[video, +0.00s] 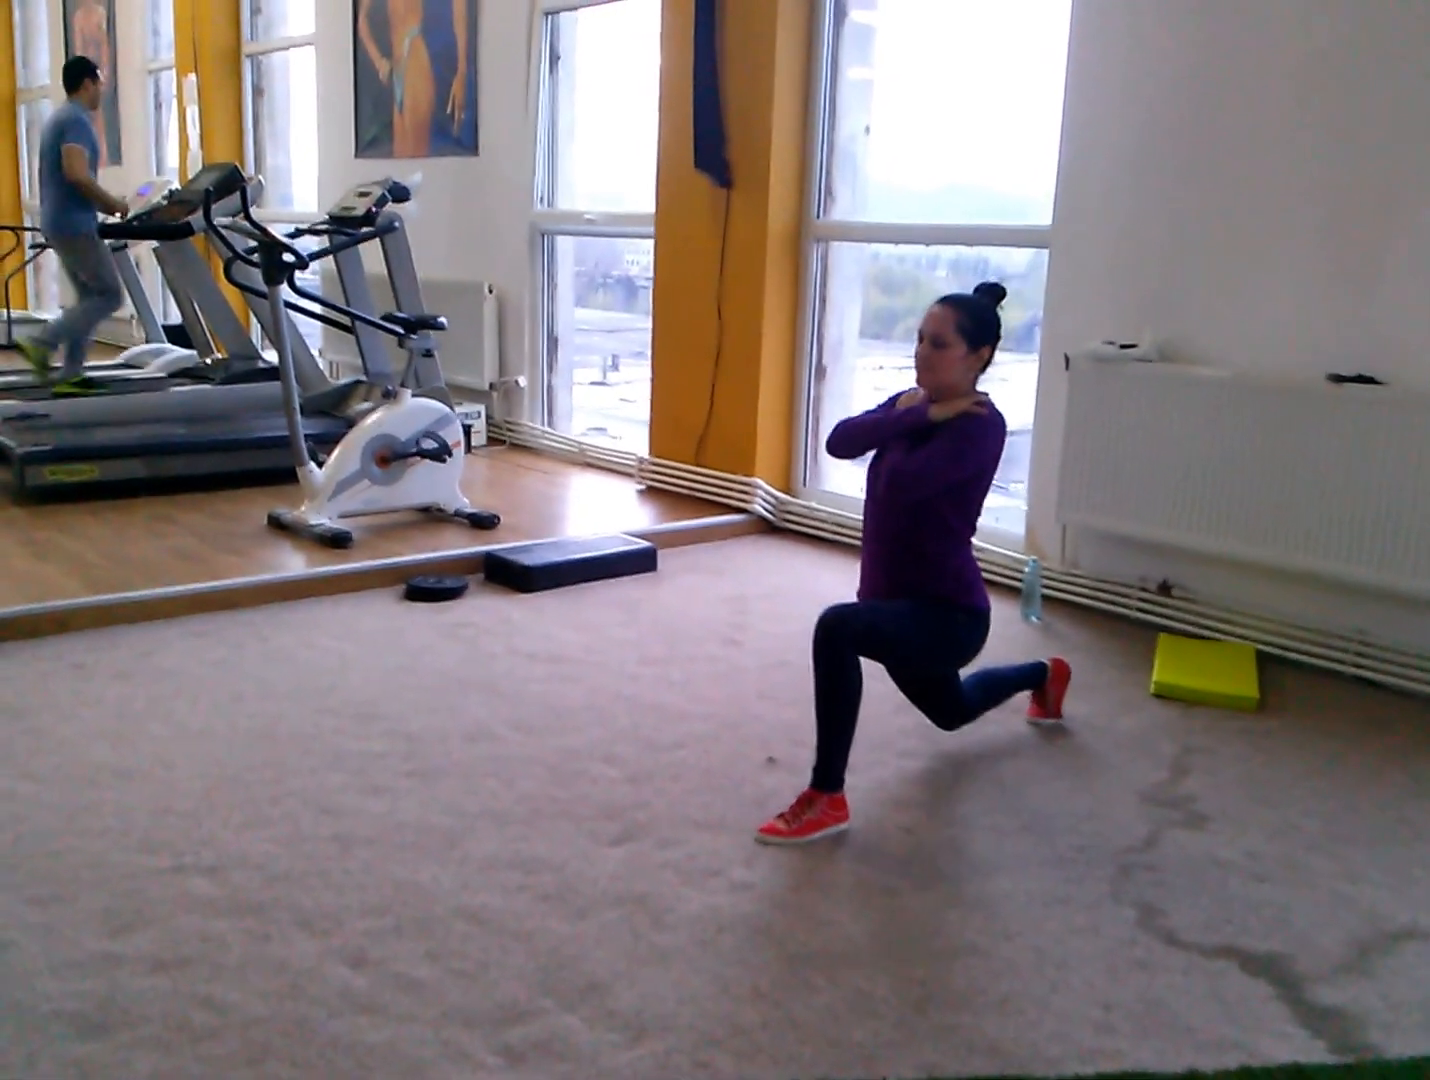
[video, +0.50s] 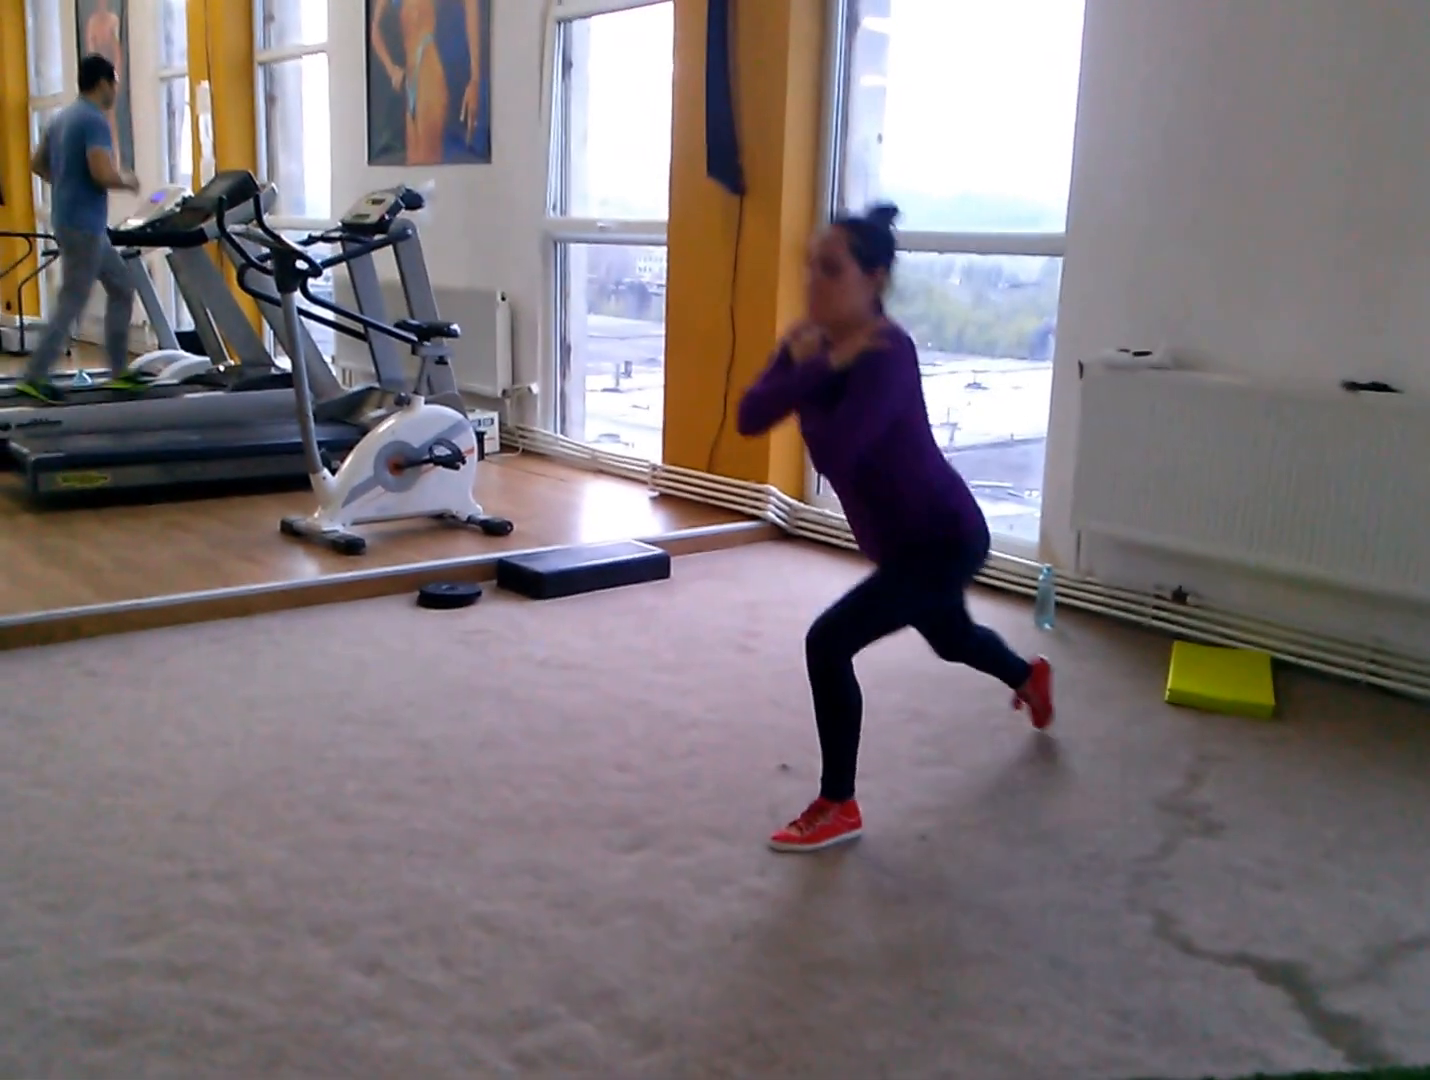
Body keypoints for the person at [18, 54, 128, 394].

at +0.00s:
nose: (101, 89)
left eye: (100, 83)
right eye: (99, 83)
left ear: (74, 85)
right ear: (87, 84)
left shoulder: (63, 119)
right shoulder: (75, 120)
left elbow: (72, 179)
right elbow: (76, 174)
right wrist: (114, 205)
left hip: (62, 224)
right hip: (73, 225)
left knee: (90, 297)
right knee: (109, 294)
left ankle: (73, 372)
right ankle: (43, 341)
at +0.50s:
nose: (116, 90)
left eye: (115, 83)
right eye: (114, 83)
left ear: (84, 84)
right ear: (103, 84)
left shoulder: (61, 118)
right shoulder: (94, 121)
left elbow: (39, 163)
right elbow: (102, 174)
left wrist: (70, 183)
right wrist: (128, 181)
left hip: (69, 226)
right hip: (84, 228)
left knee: (122, 286)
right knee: (72, 302)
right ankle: (35, 376)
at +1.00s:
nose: (128, 99)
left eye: (128, 92)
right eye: (125, 92)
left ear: (101, 92)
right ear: (110, 92)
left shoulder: (97, 125)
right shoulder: (94, 125)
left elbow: (94, 173)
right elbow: (80, 171)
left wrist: (126, 173)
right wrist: (120, 202)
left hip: (86, 230)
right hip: (98, 231)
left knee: (88, 306)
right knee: (133, 299)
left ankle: (26, 360)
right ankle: (134, 386)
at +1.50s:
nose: (136, 112)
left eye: (135, 105)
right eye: (133, 105)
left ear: (107, 108)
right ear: (121, 106)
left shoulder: (95, 140)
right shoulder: (111, 142)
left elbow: (99, 197)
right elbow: (108, 191)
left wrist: (138, 224)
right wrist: (143, 223)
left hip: (94, 244)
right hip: (108, 245)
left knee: (125, 317)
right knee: (142, 315)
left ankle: (106, 389)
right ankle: (79, 366)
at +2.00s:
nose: (142, 113)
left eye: (141, 106)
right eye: (139, 106)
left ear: (111, 106)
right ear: (127, 106)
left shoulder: (89, 140)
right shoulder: (119, 142)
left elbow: (67, 185)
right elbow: (129, 194)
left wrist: (98, 204)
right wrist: (156, 201)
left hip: (99, 245)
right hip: (111, 246)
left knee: (148, 305)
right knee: (100, 321)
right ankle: (62, 393)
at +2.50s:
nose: (138, 114)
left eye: (138, 107)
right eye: (136, 107)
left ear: (112, 107)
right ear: (124, 106)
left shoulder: (110, 141)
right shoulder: (106, 141)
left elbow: (109, 190)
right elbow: (90, 187)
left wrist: (141, 192)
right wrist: (129, 217)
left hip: (101, 246)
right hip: (114, 247)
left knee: (101, 323)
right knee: (147, 319)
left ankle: (39, 375)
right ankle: (149, 400)